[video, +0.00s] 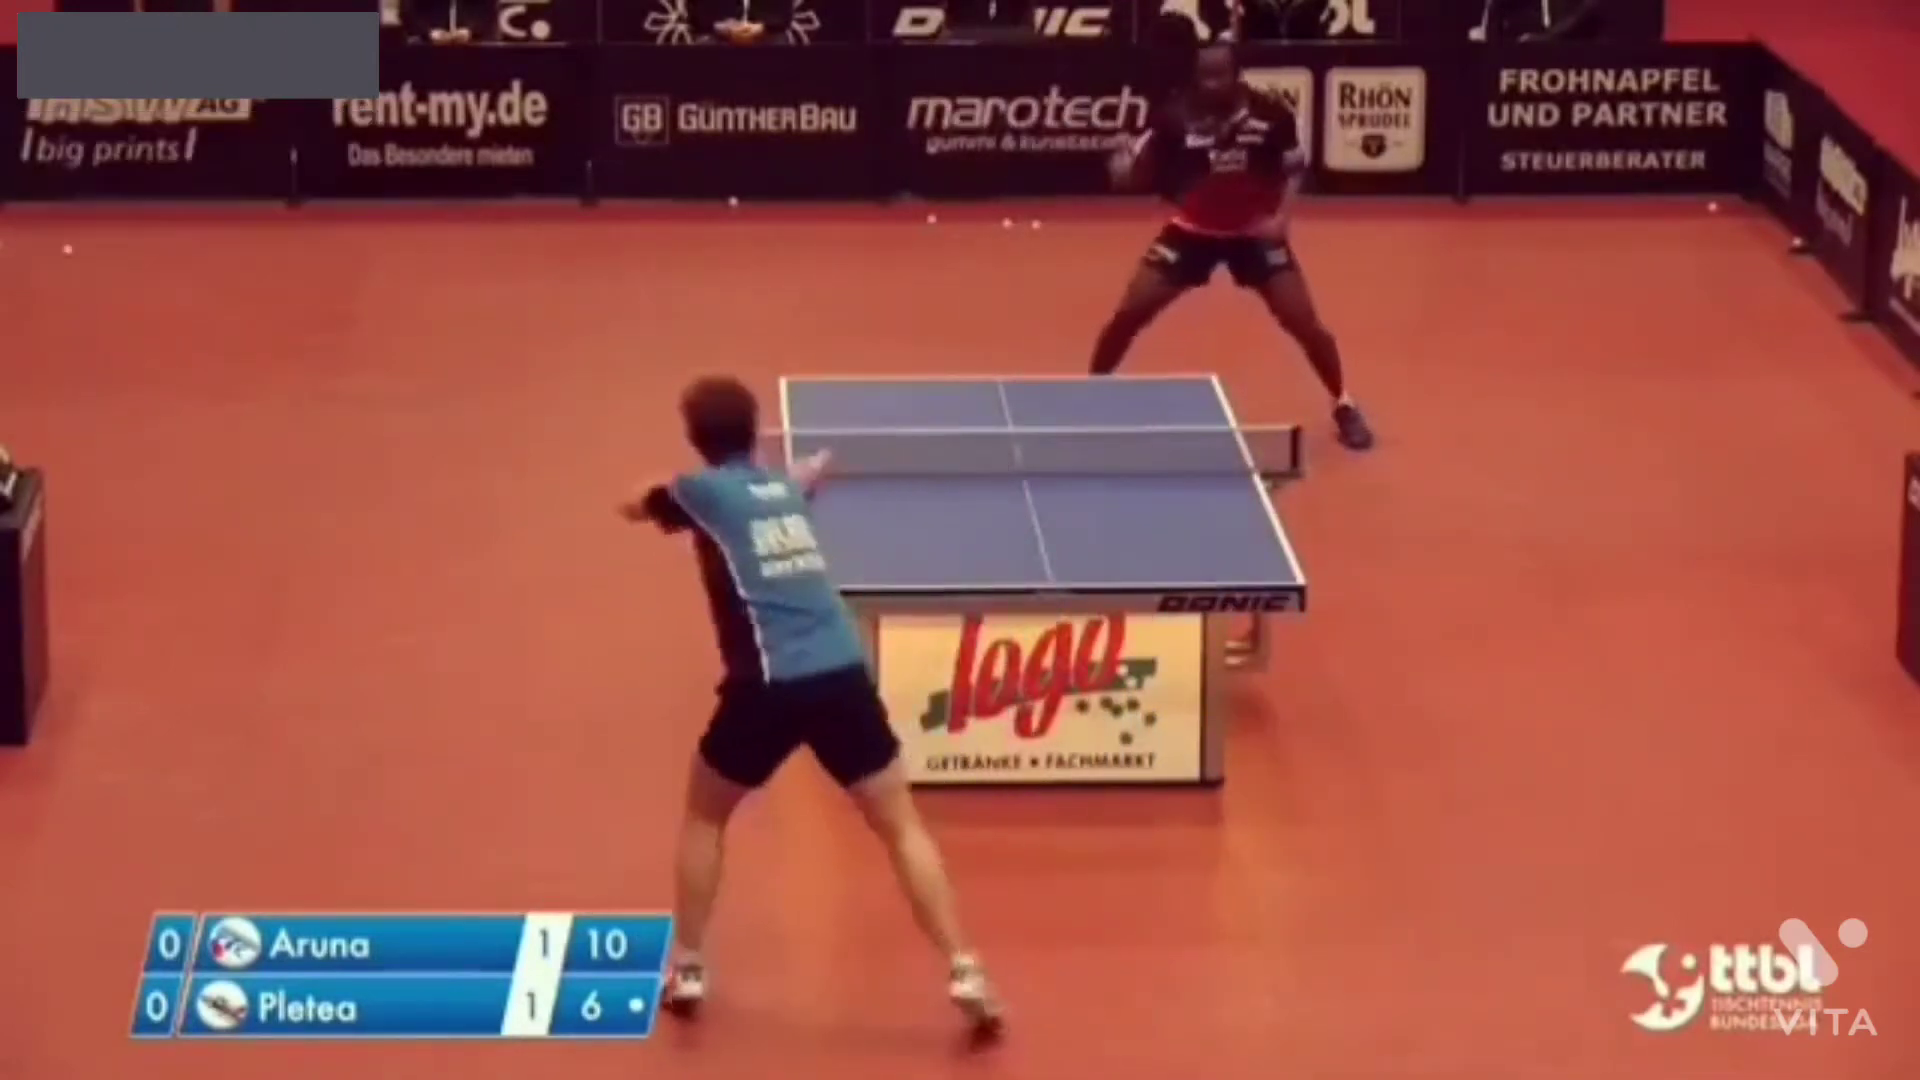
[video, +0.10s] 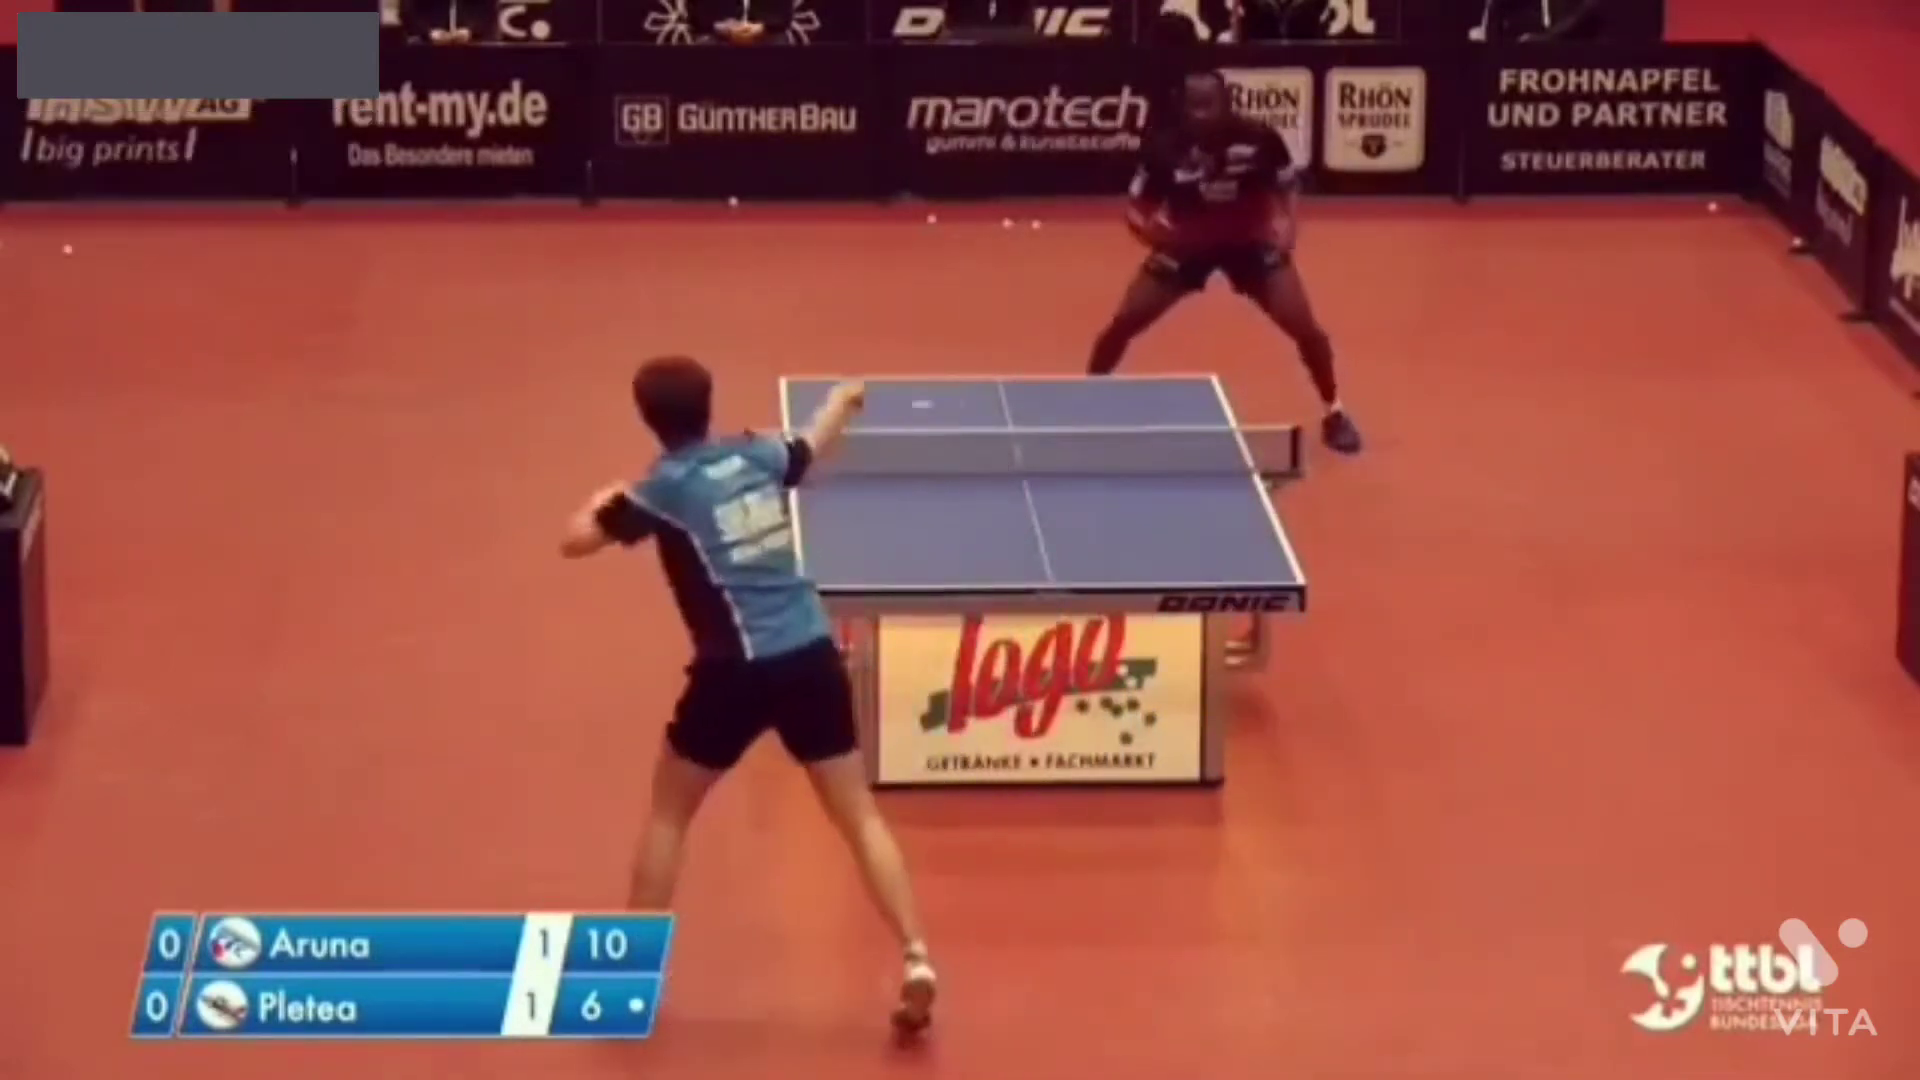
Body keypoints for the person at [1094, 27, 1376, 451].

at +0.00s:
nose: (1213, 84)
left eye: (1221, 74)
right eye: (1205, 75)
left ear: (1237, 73)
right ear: (1194, 76)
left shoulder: (1272, 116)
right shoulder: (1176, 119)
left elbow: (1294, 173)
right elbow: (1141, 179)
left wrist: (1281, 219)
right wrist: (1126, 166)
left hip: (1256, 235)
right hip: (1188, 234)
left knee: (1305, 324)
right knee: (1129, 314)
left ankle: (1343, 405)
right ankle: (1093, 394)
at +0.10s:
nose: (1201, 114)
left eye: (1209, 104)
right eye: (1193, 105)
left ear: (1226, 103)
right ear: (1182, 107)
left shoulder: (1259, 139)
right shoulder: (1164, 147)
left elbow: (1287, 187)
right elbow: (1136, 212)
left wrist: (1286, 229)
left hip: (1250, 246)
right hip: (1187, 246)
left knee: (1307, 332)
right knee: (1123, 325)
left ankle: (1333, 412)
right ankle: (1088, 402)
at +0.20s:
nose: (1216, 129)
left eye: (1223, 118)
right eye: (1208, 120)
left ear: (1238, 116)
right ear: (1195, 121)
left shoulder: (1268, 142)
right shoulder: (1179, 159)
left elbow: (1302, 185)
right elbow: (1155, 224)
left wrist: (1310, 226)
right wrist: (1184, 250)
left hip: (1262, 248)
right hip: (1198, 251)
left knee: (1321, 322)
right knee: (1135, 331)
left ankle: (1332, 414)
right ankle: (1095, 403)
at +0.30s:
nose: (1234, 137)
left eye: (1240, 128)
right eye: (1226, 130)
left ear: (1256, 120)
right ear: (1216, 127)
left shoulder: (1286, 144)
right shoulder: (1201, 161)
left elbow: (1322, 175)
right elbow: (1175, 230)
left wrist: (1341, 220)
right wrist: (1206, 254)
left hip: (1272, 249)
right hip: (1209, 252)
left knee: (1331, 322)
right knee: (1149, 334)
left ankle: (1334, 415)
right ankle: (1107, 399)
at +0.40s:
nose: (1252, 143)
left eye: (1259, 134)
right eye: (1245, 135)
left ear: (1275, 130)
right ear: (1234, 134)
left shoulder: (1300, 150)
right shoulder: (1217, 168)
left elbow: (1340, 179)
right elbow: (1195, 239)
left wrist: (1367, 220)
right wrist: (1232, 270)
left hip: (1283, 255)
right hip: (1220, 256)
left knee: (1334, 323)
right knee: (1155, 331)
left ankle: (1335, 414)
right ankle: (1122, 399)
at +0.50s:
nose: (1268, 169)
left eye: (1275, 160)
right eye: (1260, 161)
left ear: (1290, 155)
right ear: (1249, 157)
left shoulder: (1315, 169)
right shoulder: (1228, 189)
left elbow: (1352, 189)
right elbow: (1203, 267)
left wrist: (1384, 228)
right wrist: (1266, 301)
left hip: (1288, 258)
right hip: (1230, 261)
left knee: (1338, 324)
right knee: (1168, 329)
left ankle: (1335, 416)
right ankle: (1143, 404)